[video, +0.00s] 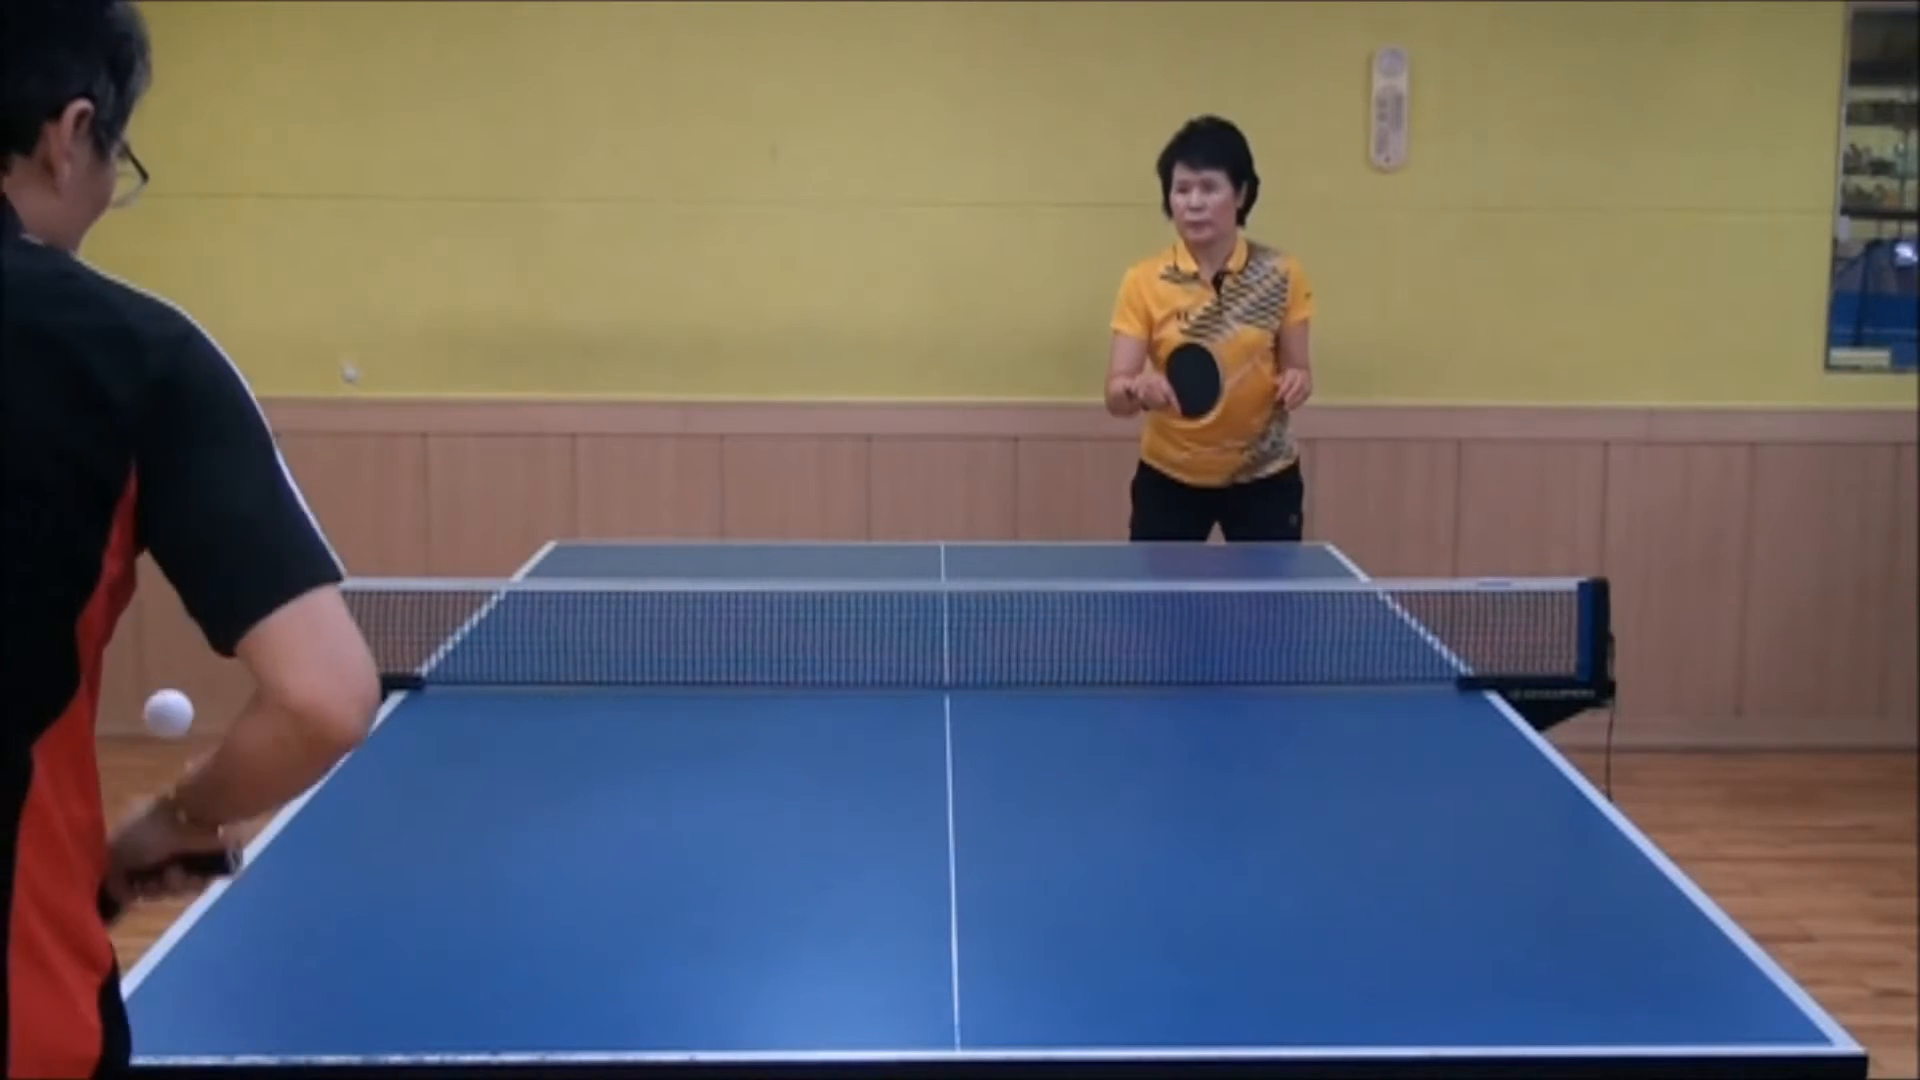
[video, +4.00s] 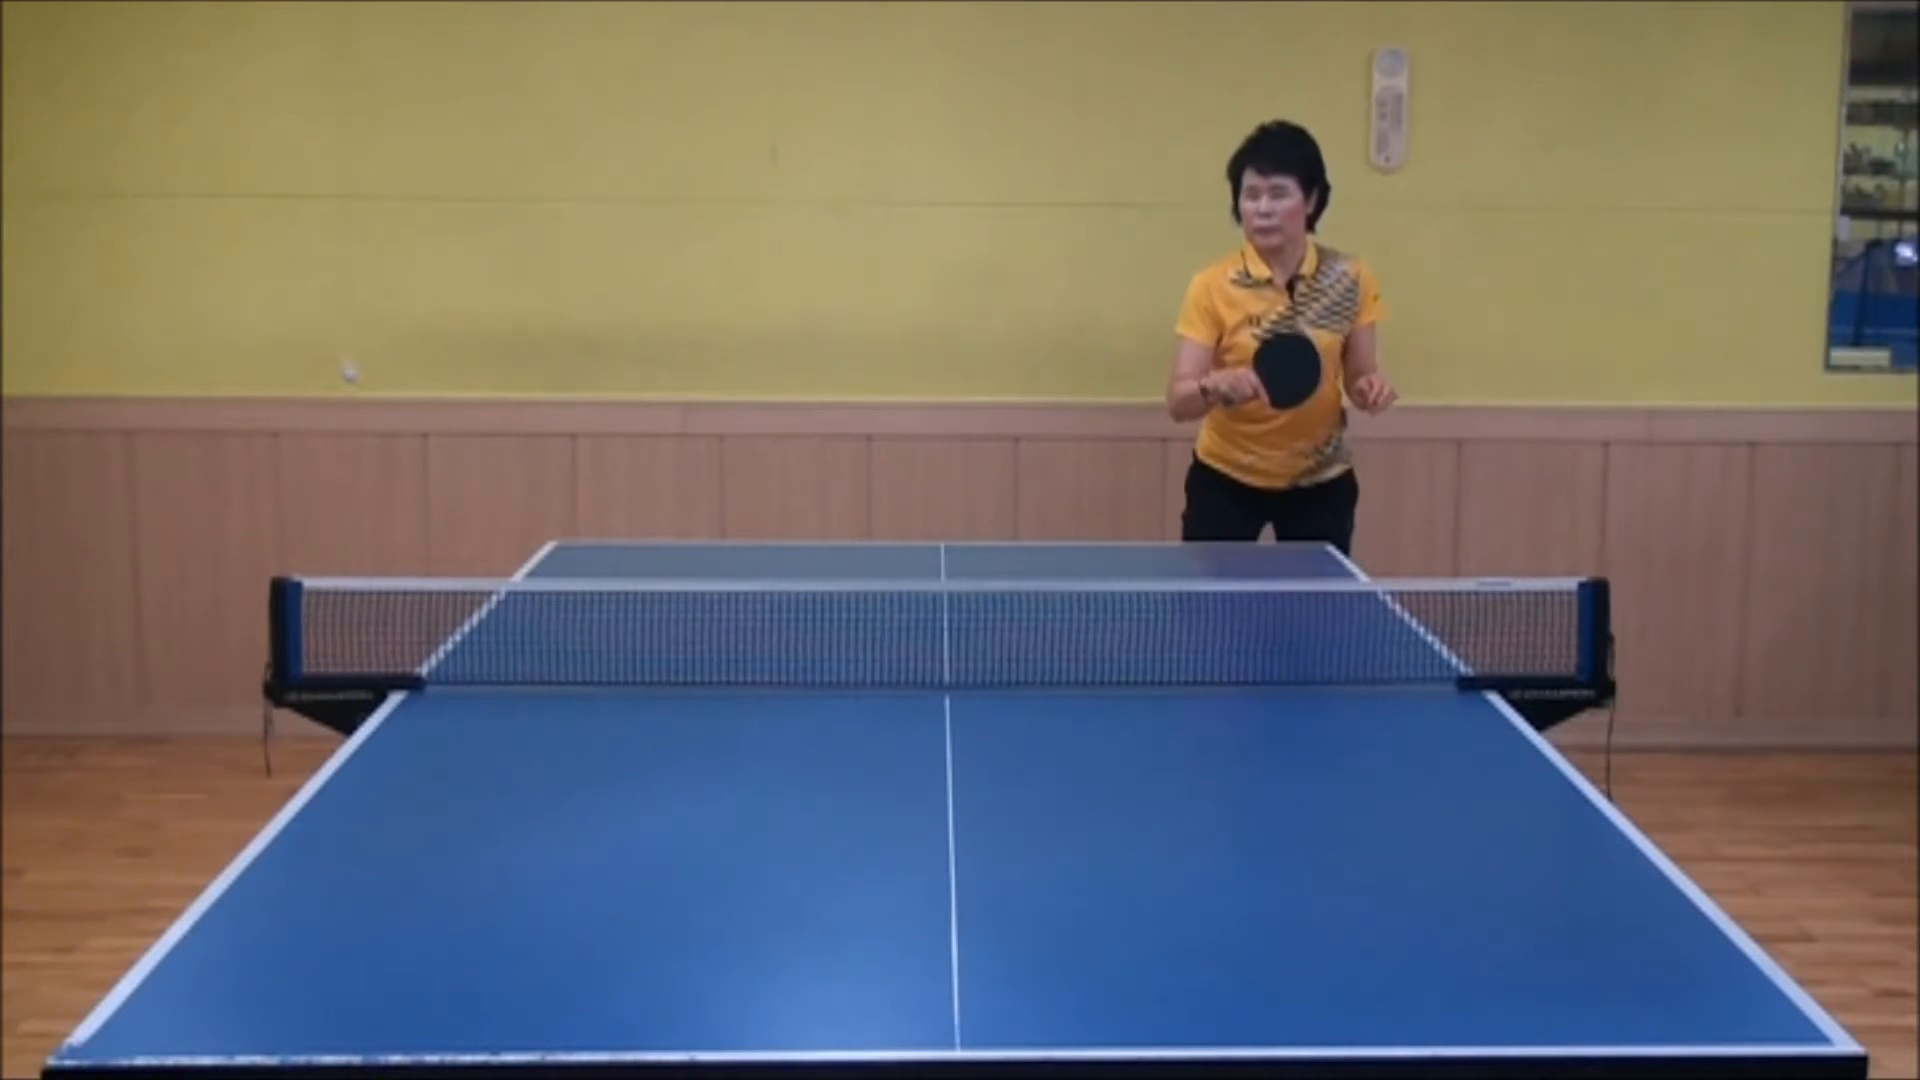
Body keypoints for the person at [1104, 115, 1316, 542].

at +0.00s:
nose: (1194, 202)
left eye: (1209, 188)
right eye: (1182, 189)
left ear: (1242, 194)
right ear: (1167, 198)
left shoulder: (1282, 277)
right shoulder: (1144, 282)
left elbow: (1297, 369)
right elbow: (1117, 397)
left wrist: (1294, 383)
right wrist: (1139, 390)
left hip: (1263, 482)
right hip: (1170, 481)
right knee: (1154, 600)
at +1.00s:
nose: (1258, 242)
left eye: (1272, 226)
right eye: (1244, 228)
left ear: (1300, 226)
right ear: (1227, 234)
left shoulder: (1338, 304)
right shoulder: (1206, 312)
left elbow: (1351, 417)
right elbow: (1165, 419)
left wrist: (1340, 390)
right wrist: (1220, 422)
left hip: (1313, 508)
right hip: (1221, 507)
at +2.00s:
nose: (1312, 272)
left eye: (1327, 256)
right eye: (1297, 258)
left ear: (1353, 257)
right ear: (1279, 264)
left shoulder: (1375, 334)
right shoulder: (1254, 337)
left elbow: (1373, 430)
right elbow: (1212, 432)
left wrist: (1395, 427)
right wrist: (1273, 443)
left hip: (1330, 520)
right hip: (1242, 520)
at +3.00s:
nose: (1306, 285)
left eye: (1321, 269)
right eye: (1291, 271)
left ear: (1350, 276)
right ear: (1274, 281)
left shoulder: (1371, 356)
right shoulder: (1251, 360)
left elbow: (1376, 459)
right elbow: (1205, 454)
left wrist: (1403, 448)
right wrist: (1236, 480)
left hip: (1327, 538)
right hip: (1238, 538)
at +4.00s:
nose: (1263, 208)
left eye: (1279, 194)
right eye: (1251, 194)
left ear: (1312, 201)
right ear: (1236, 204)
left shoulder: (1349, 281)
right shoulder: (1212, 288)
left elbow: (1360, 376)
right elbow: (1179, 403)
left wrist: (1371, 391)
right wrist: (1214, 386)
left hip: (1319, 484)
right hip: (1227, 480)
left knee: (1317, 612)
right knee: (1206, 612)